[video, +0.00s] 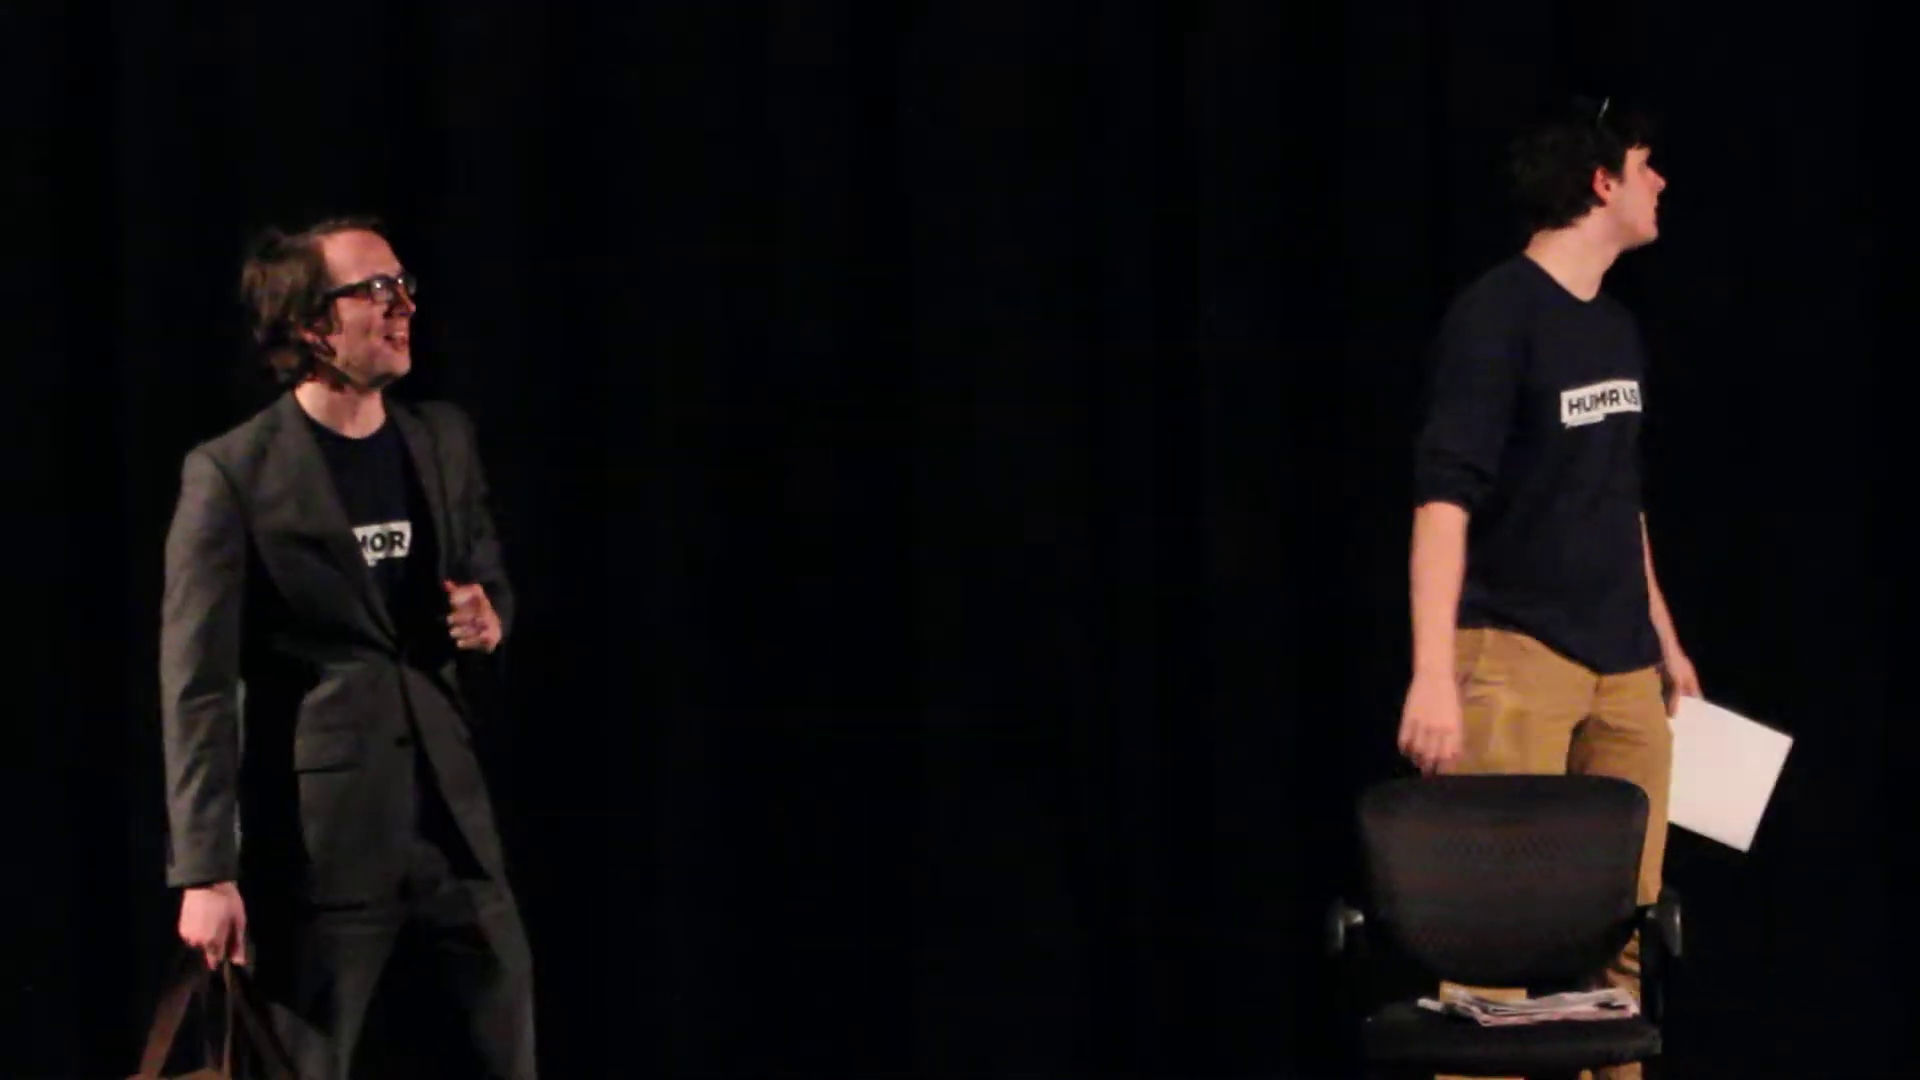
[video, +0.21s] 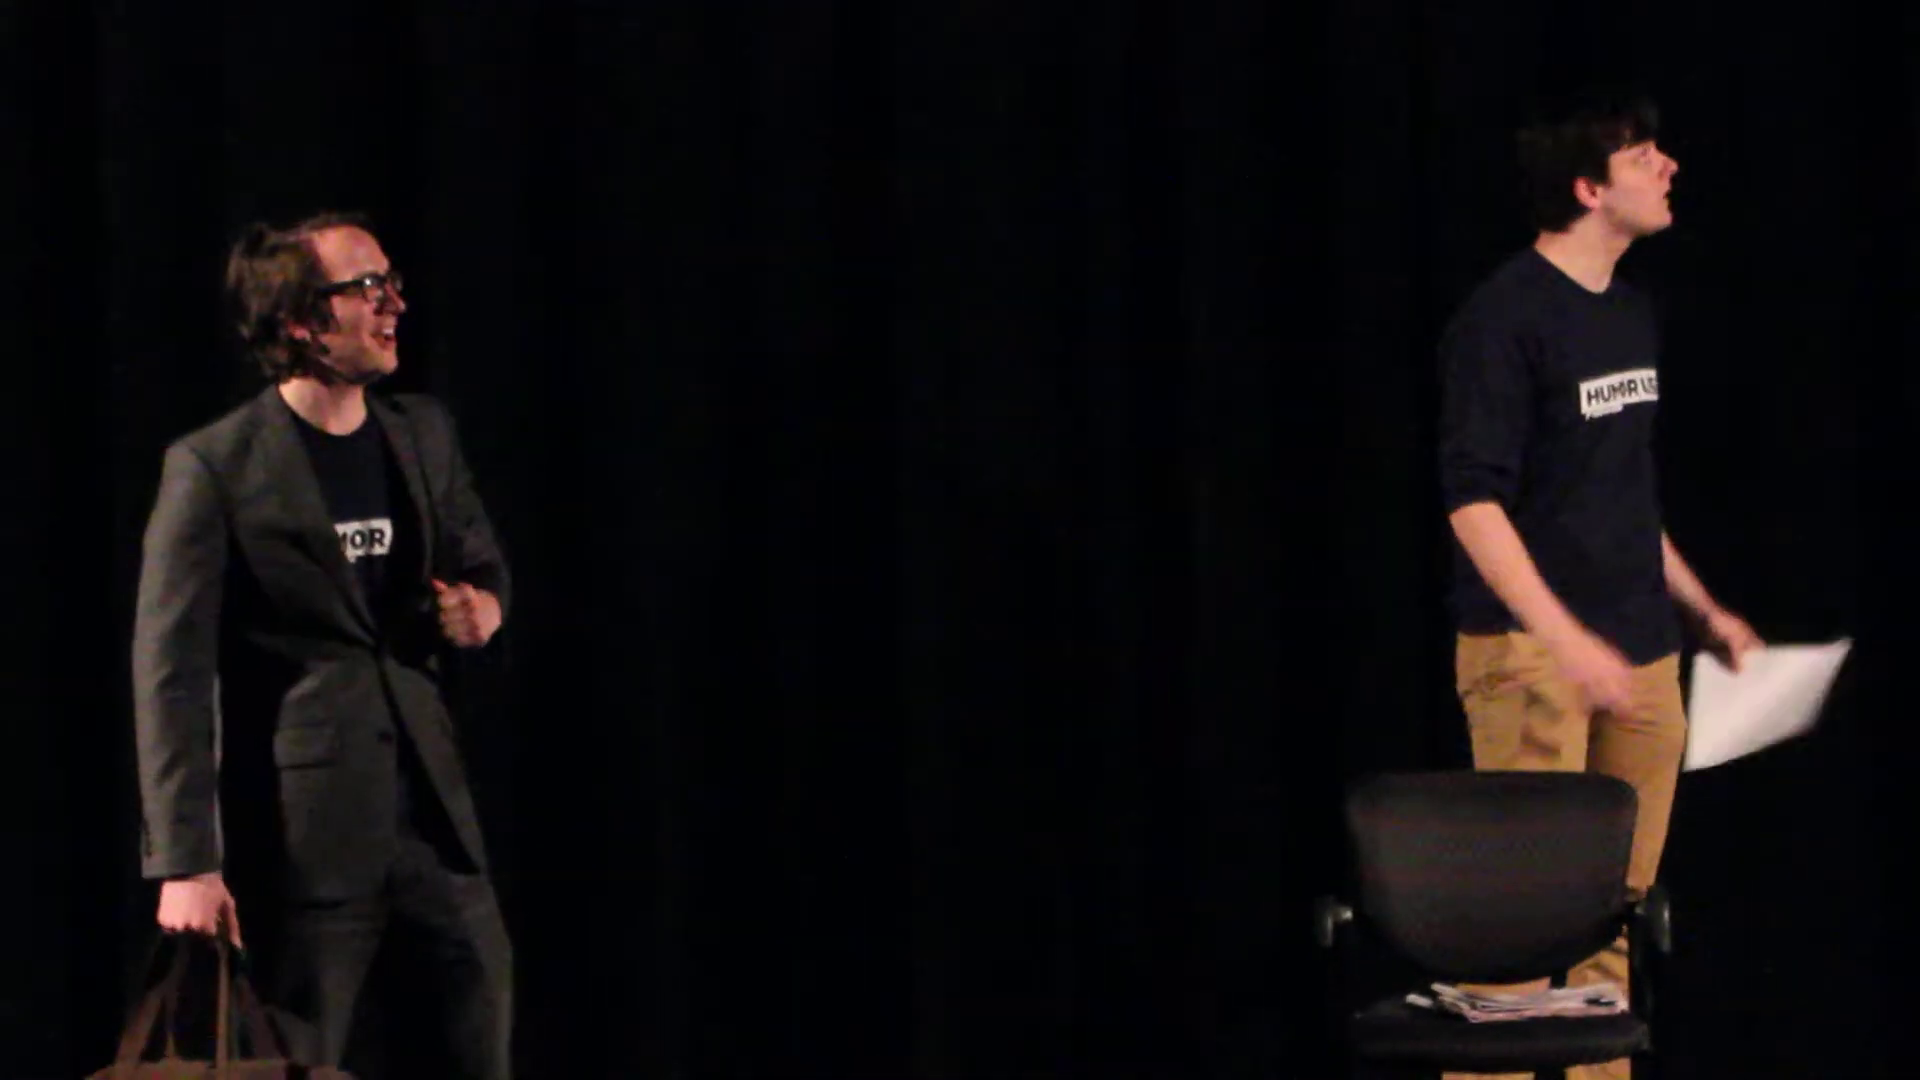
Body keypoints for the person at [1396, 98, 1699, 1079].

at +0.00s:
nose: (1660, 185)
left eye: (1652, 167)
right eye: (1645, 168)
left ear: (1599, 186)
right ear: (1600, 185)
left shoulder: (1616, 327)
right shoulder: (1495, 315)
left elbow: (1620, 507)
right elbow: (1443, 501)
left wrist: (1665, 643)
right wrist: (1432, 674)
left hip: (1626, 661)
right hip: (1512, 656)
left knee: (1621, 924)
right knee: (1493, 923)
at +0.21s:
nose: (1669, 169)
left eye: (1659, 153)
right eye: (1644, 158)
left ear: (1606, 190)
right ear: (1587, 190)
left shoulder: (1630, 310)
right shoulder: (1504, 314)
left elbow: (1623, 499)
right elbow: (1469, 499)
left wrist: (1706, 612)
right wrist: (1566, 640)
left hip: (1640, 645)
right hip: (1525, 645)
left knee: (1617, 907)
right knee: (1523, 906)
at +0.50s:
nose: (1582, 189)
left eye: (1589, 165)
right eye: (1552, 178)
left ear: (1612, 173)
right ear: (1513, 206)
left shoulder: (1665, 301)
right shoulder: (1474, 317)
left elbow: (1714, 436)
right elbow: (1445, 496)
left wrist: (1720, 465)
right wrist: (1593, 507)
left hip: (1638, 636)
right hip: (1511, 635)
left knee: (1610, 891)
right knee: (1502, 883)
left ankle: (1592, 1076)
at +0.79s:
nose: (1482, 218)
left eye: (1494, 189)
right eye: (1459, 202)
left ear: (1541, 175)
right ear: (1442, 212)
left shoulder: (1635, 298)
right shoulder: (1421, 313)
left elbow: (1685, 465)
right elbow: (1369, 490)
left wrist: (1592, 431)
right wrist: (1468, 469)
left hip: (1590, 636)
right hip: (1456, 630)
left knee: (1587, 888)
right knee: (1459, 877)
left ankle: (1579, 1074)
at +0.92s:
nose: (1455, 221)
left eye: (1470, 192)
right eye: (1435, 205)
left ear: (1518, 179)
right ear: (1419, 216)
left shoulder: (1616, 302)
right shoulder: (1397, 318)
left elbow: (1657, 471)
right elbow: (1354, 493)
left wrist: (1549, 436)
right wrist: (1442, 464)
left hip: (1565, 642)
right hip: (1427, 633)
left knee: (1574, 888)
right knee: (1435, 880)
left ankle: (1572, 1073)